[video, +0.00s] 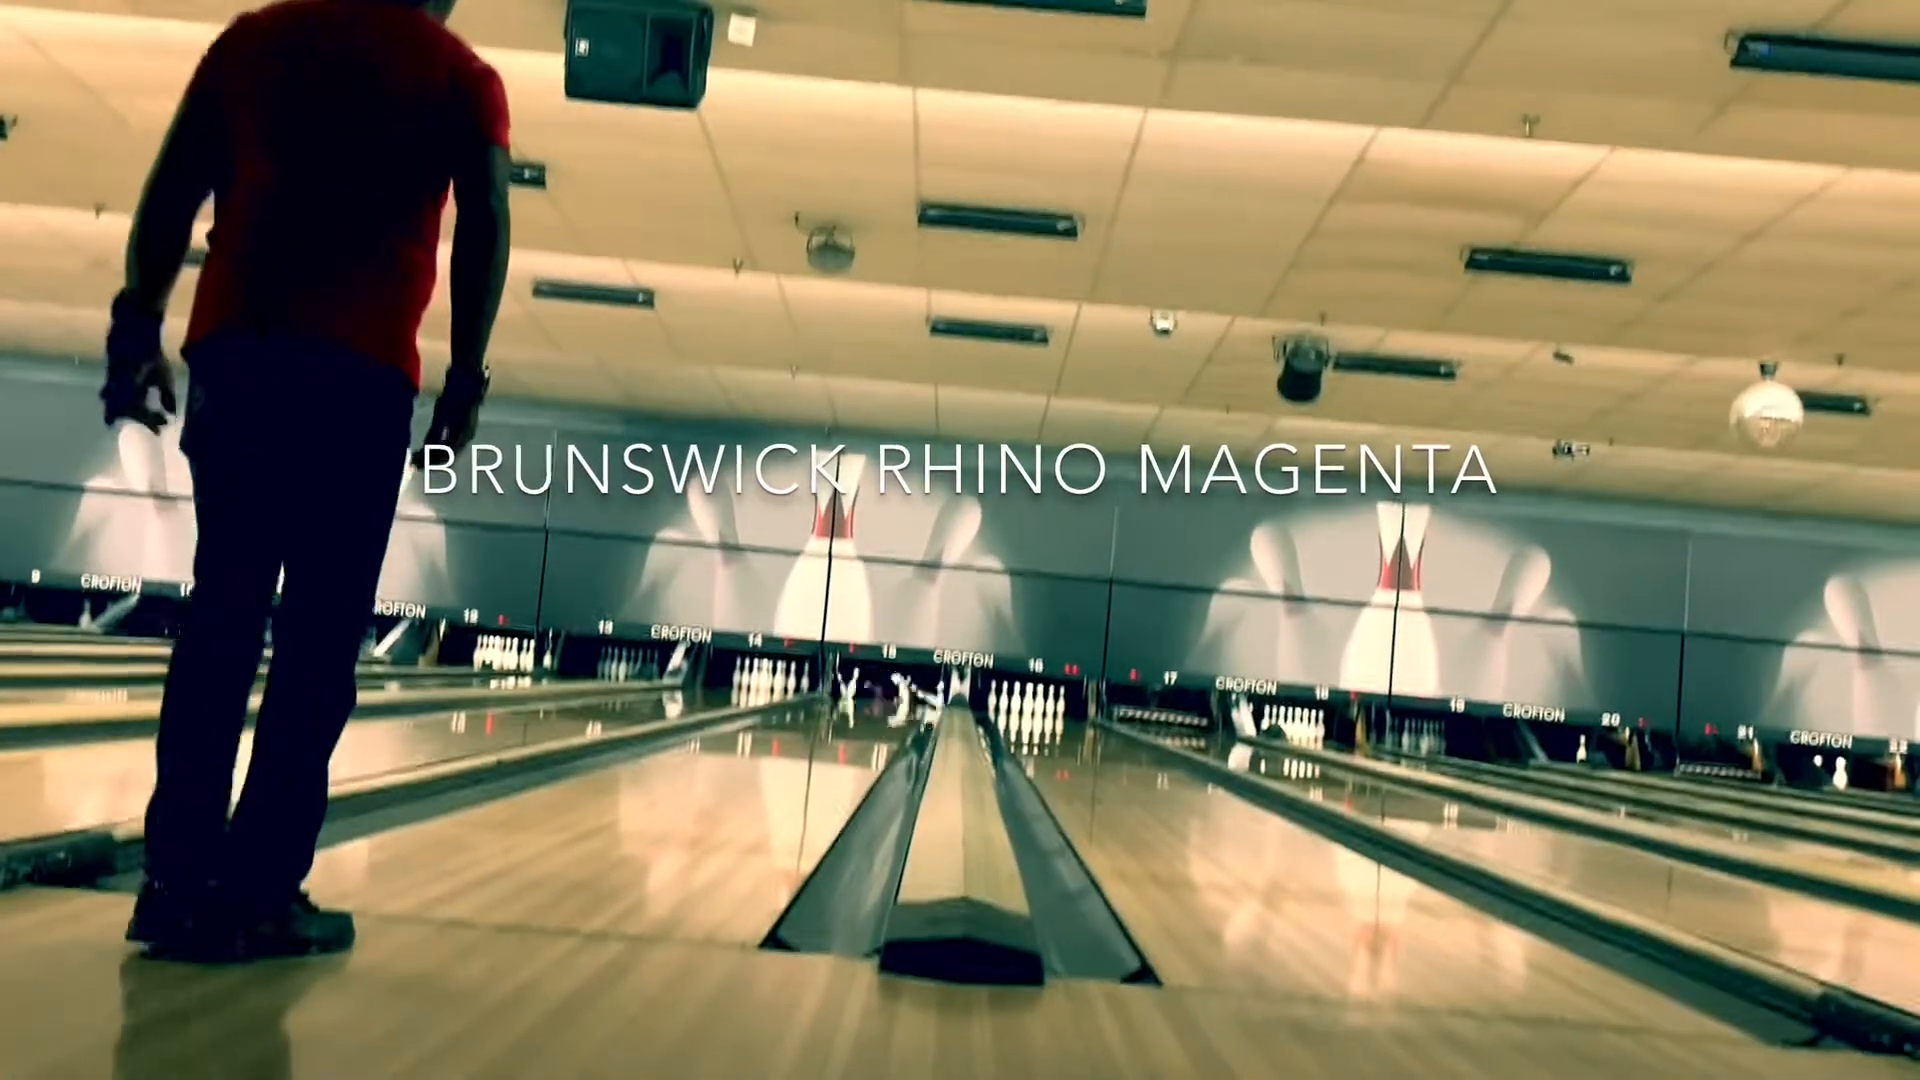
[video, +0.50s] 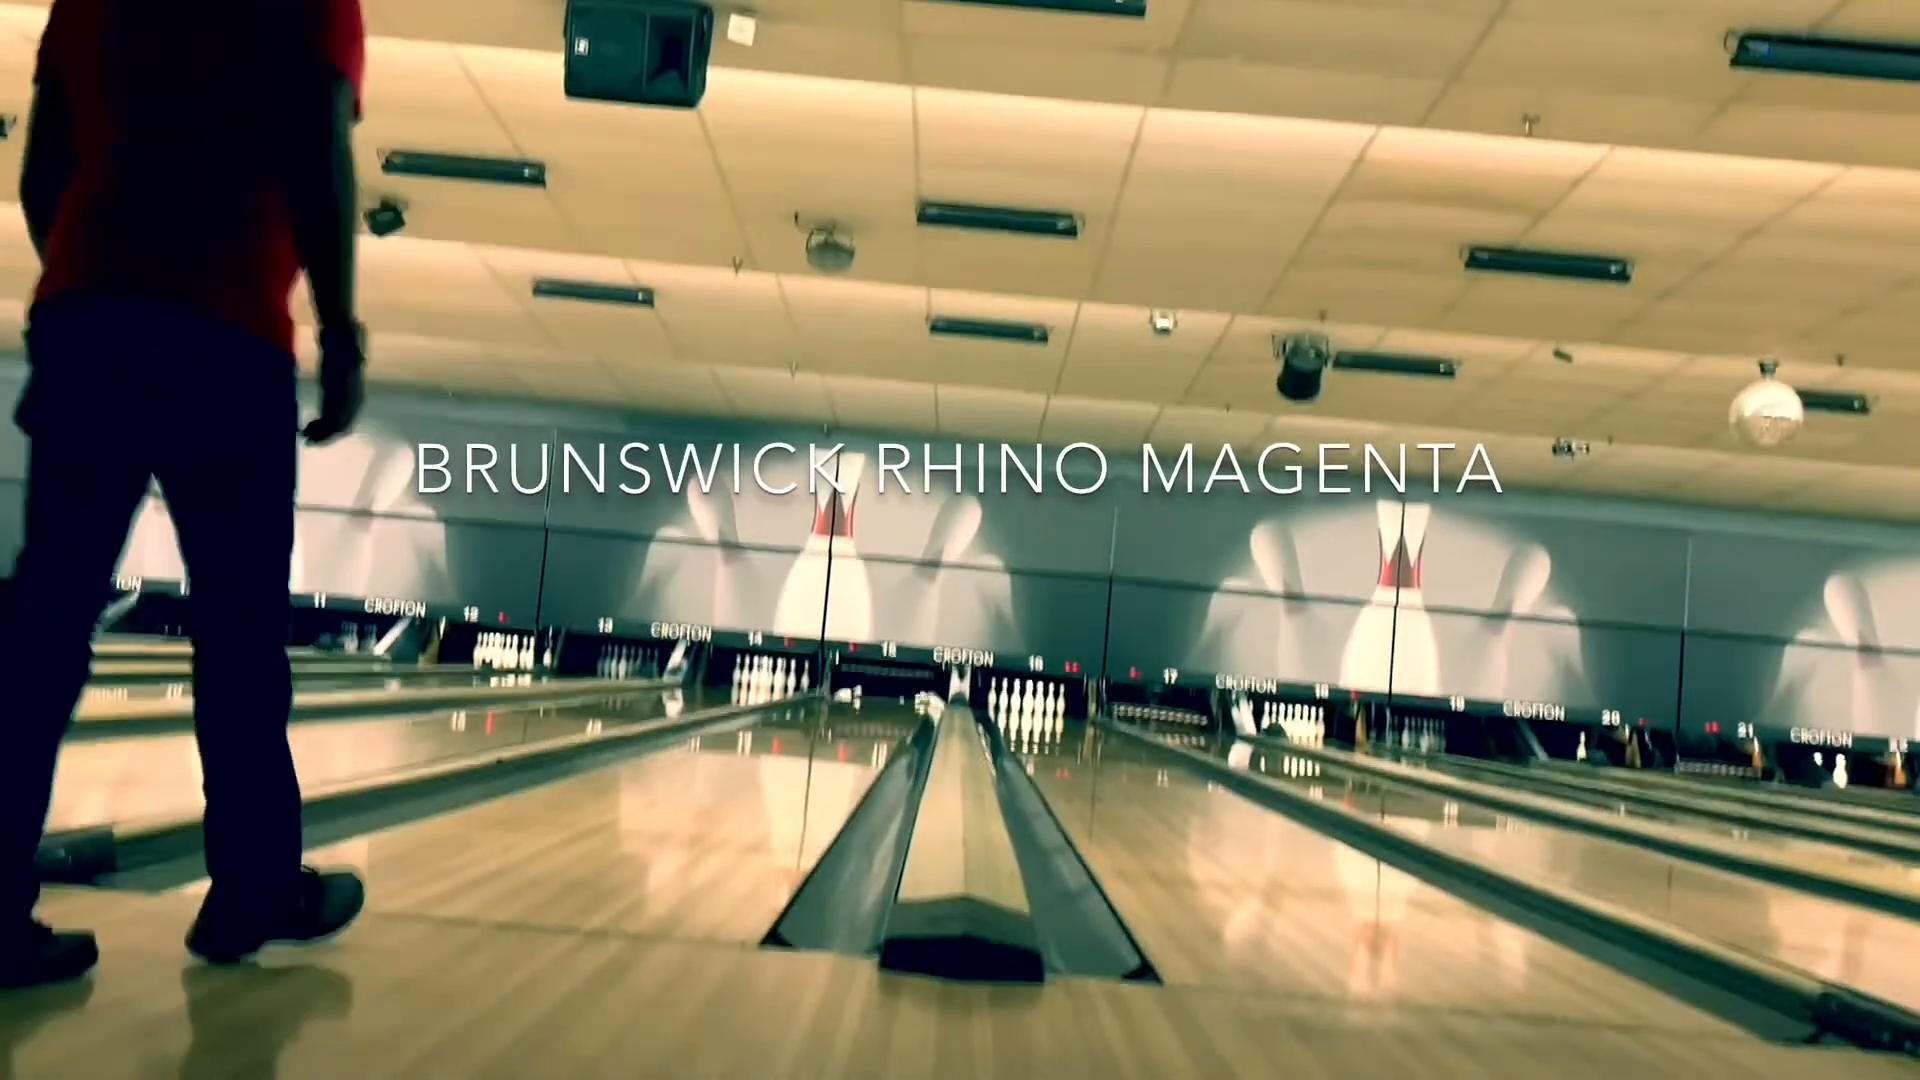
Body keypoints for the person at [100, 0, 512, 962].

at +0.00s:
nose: (458, 2)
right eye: (455, 1)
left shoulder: (252, 38)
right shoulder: (462, 74)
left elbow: (172, 189)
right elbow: (483, 231)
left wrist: (137, 321)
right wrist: (466, 370)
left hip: (234, 364)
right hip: (356, 381)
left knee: (220, 613)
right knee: (322, 641)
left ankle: (176, 887)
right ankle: (260, 895)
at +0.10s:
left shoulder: (238, 33)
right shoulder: (452, 66)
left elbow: (156, 190)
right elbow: (476, 228)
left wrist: (113, 317)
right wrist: (461, 368)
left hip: (222, 363)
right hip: (348, 379)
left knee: (198, 615)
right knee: (317, 642)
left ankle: (128, 885)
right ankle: (254, 906)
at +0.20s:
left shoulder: (216, 26)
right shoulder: (433, 58)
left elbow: (134, 186)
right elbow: (458, 230)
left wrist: (96, 319)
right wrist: (452, 366)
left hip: (203, 359)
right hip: (336, 376)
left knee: (173, 603)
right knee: (309, 641)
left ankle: (73, 860)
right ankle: (254, 898)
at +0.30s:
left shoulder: (182, 16)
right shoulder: (402, 41)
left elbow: (105, 182)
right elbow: (425, 216)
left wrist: (87, 319)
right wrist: (430, 359)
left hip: (176, 354)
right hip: (311, 370)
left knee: (143, 603)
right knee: (298, 642)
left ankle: (20, 851)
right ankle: (253, 899)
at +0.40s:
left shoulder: (133, 13)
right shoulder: (359, 24)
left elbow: (71, 189)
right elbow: (379, 200)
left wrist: (86, 332)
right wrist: (390, 355)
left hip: (133, 350)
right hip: (272, 362)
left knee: (99, 615)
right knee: (276, 640)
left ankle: (4, 902)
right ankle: (254, 899)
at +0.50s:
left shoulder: (85, 3)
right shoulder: (318, 6)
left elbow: (40, 171)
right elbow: (320, 153)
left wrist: (89, 291)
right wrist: (340, 325)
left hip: (85, 327)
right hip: (229, 335)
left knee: (45, 611)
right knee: (241, 630)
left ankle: (2, 913)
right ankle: (254, 889)